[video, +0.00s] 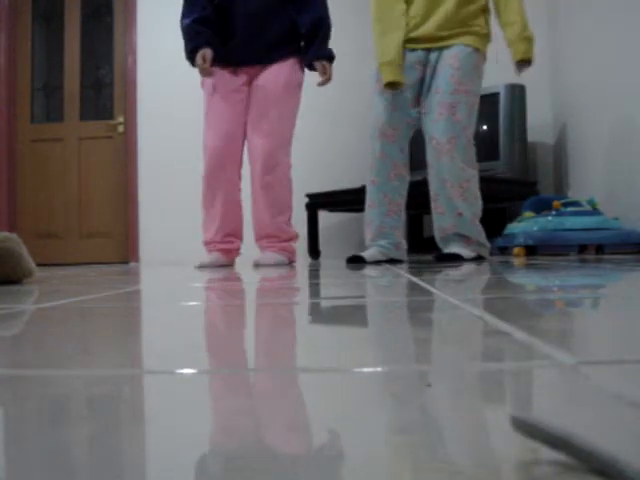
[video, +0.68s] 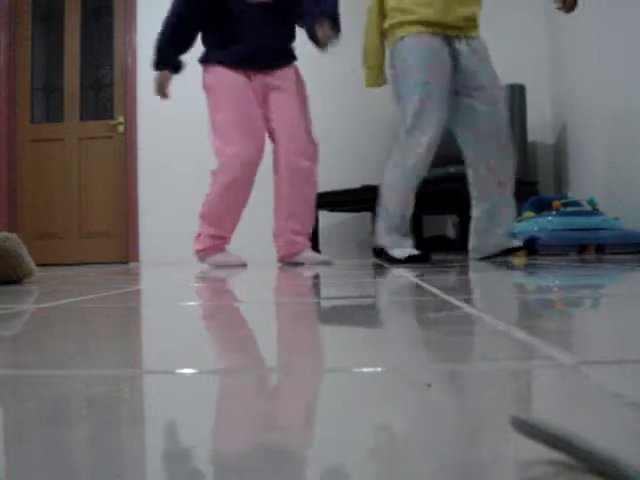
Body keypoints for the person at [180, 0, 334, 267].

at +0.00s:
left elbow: (313, 3)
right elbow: (194, 4)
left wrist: (318, 47)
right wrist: (199, 43)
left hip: (280, 57)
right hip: (223, 59)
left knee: (269, 156)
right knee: (218, 156)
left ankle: (276, 247)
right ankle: (221, 248)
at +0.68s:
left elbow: (309, 3)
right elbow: (186, 9)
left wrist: (322, 21)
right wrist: (165, 61)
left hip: (279, 67)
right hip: (227, 67)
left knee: (299, 154)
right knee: (241, 153)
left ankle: (294, 247)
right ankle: (211, 246)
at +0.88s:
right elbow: (170, 4)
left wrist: (293, 13)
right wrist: (140, 46)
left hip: (258, 60)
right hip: (206, 62)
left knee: (267, 153)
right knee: (209, 155)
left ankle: (282, 240)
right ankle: (208, 242)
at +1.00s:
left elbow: (281, 4)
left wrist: (282, 45)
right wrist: (134, 32)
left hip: (245, 59)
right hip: (192, 62)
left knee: (245, 158)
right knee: (185, 160)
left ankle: (275, 249)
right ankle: (199, 250)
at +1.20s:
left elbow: (258, 12)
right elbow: (147, 11)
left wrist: (266, 68)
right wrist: (132, 16)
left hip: (227, 58)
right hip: (175, 61)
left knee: (229, 149)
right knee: (172, 155)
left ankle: (251, 241)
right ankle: (188, 245)